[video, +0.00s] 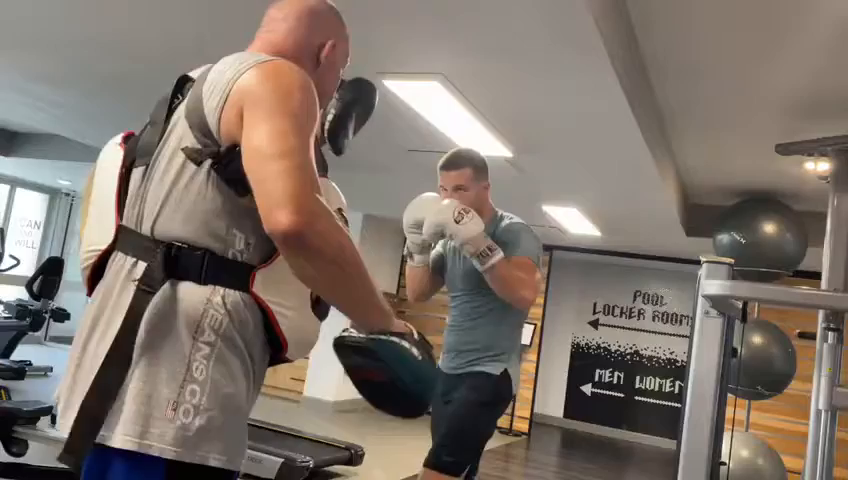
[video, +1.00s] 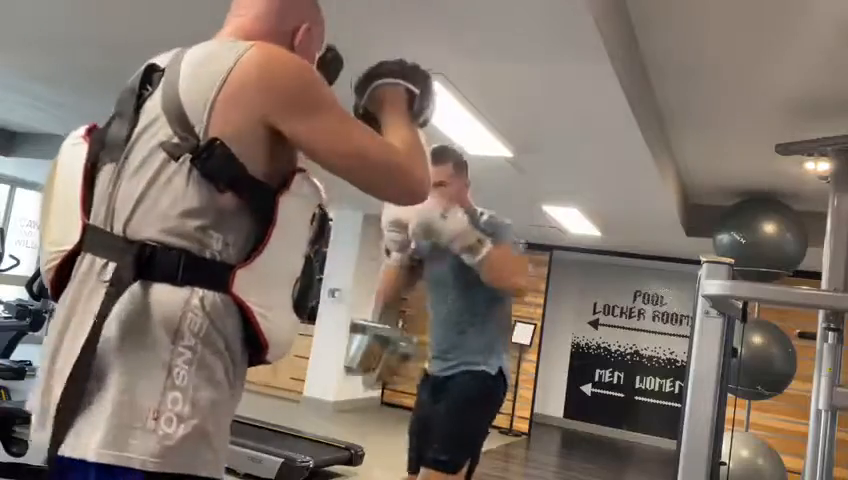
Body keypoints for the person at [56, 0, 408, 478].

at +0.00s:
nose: (335, 86)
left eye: (341, 73)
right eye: (341, 69)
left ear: (267, 35)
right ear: (326, 51)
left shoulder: (204, 80)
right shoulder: (276, 78)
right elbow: (294, 220)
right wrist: (380, 321)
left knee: (108, 465)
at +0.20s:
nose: (334, 87)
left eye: (339, 72)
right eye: (339, 68)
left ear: (263, 36)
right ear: (322, 52)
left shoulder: (198, 86)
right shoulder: (273, 78)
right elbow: (284, 210)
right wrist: (368, 324)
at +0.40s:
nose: (329, 96)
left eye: (334, 83)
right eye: (333, 80)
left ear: (260, 45)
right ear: (317, 62)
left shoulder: (199, 97)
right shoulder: (267, 79)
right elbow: (271, 194)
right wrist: (362, 311)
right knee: (176, 464)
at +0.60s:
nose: (328, 100)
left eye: (333, 87)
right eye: (332, 84)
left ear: (265, 47)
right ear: (318, 65)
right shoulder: (263, 79)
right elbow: (277, 185)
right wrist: (370, 271)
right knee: (169, 467)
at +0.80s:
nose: (315, 90)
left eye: (318, 79)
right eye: (317, 76)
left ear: (247, 43)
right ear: (304, 58)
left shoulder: (188, 93)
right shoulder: (262, 83)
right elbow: (385, 194)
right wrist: (430, 176)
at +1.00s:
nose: (315, 62)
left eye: (320, 52)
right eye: (318, 49)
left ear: (236, 18)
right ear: (303, 36)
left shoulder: (160, 70)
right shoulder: (272, 71)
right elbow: (410, 181)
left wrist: (301, 96)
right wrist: (392, 97)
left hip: (85, 306)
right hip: (170, 330)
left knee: (77, 460)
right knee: (145, 465)